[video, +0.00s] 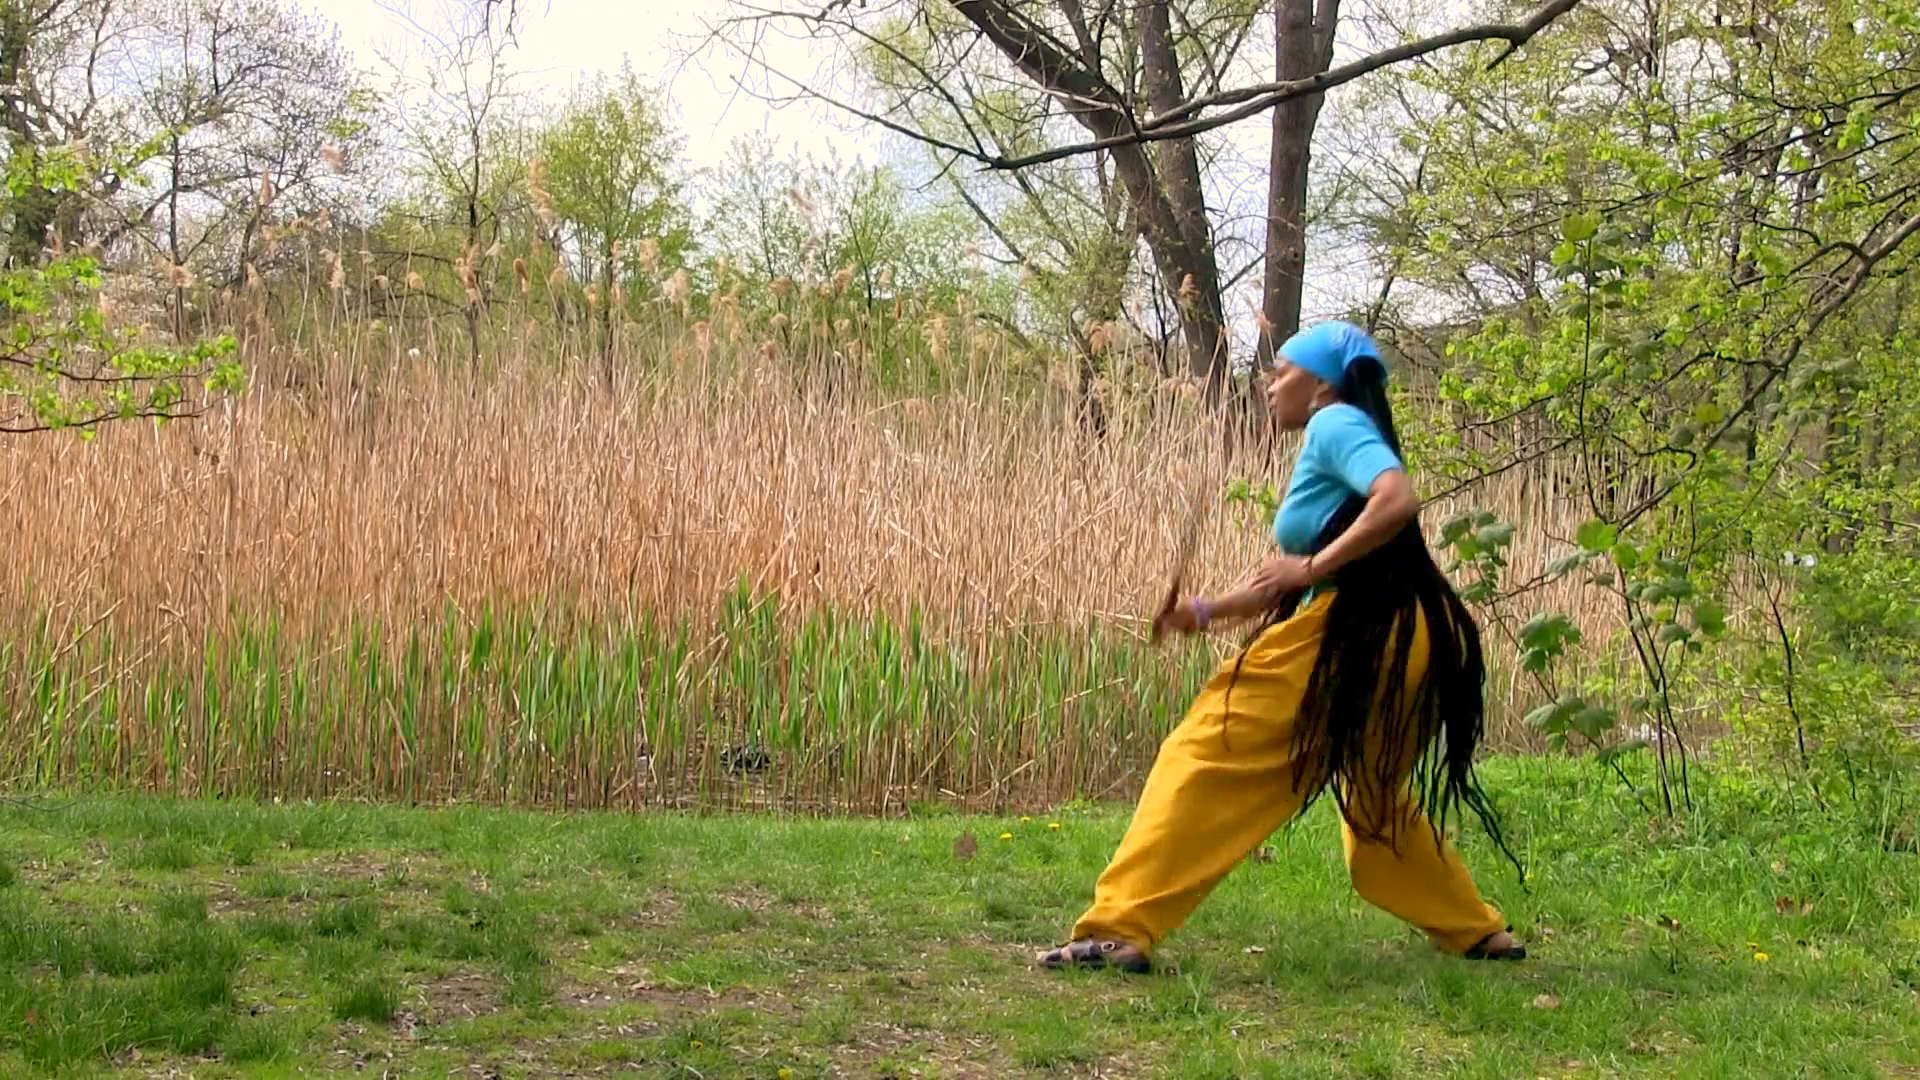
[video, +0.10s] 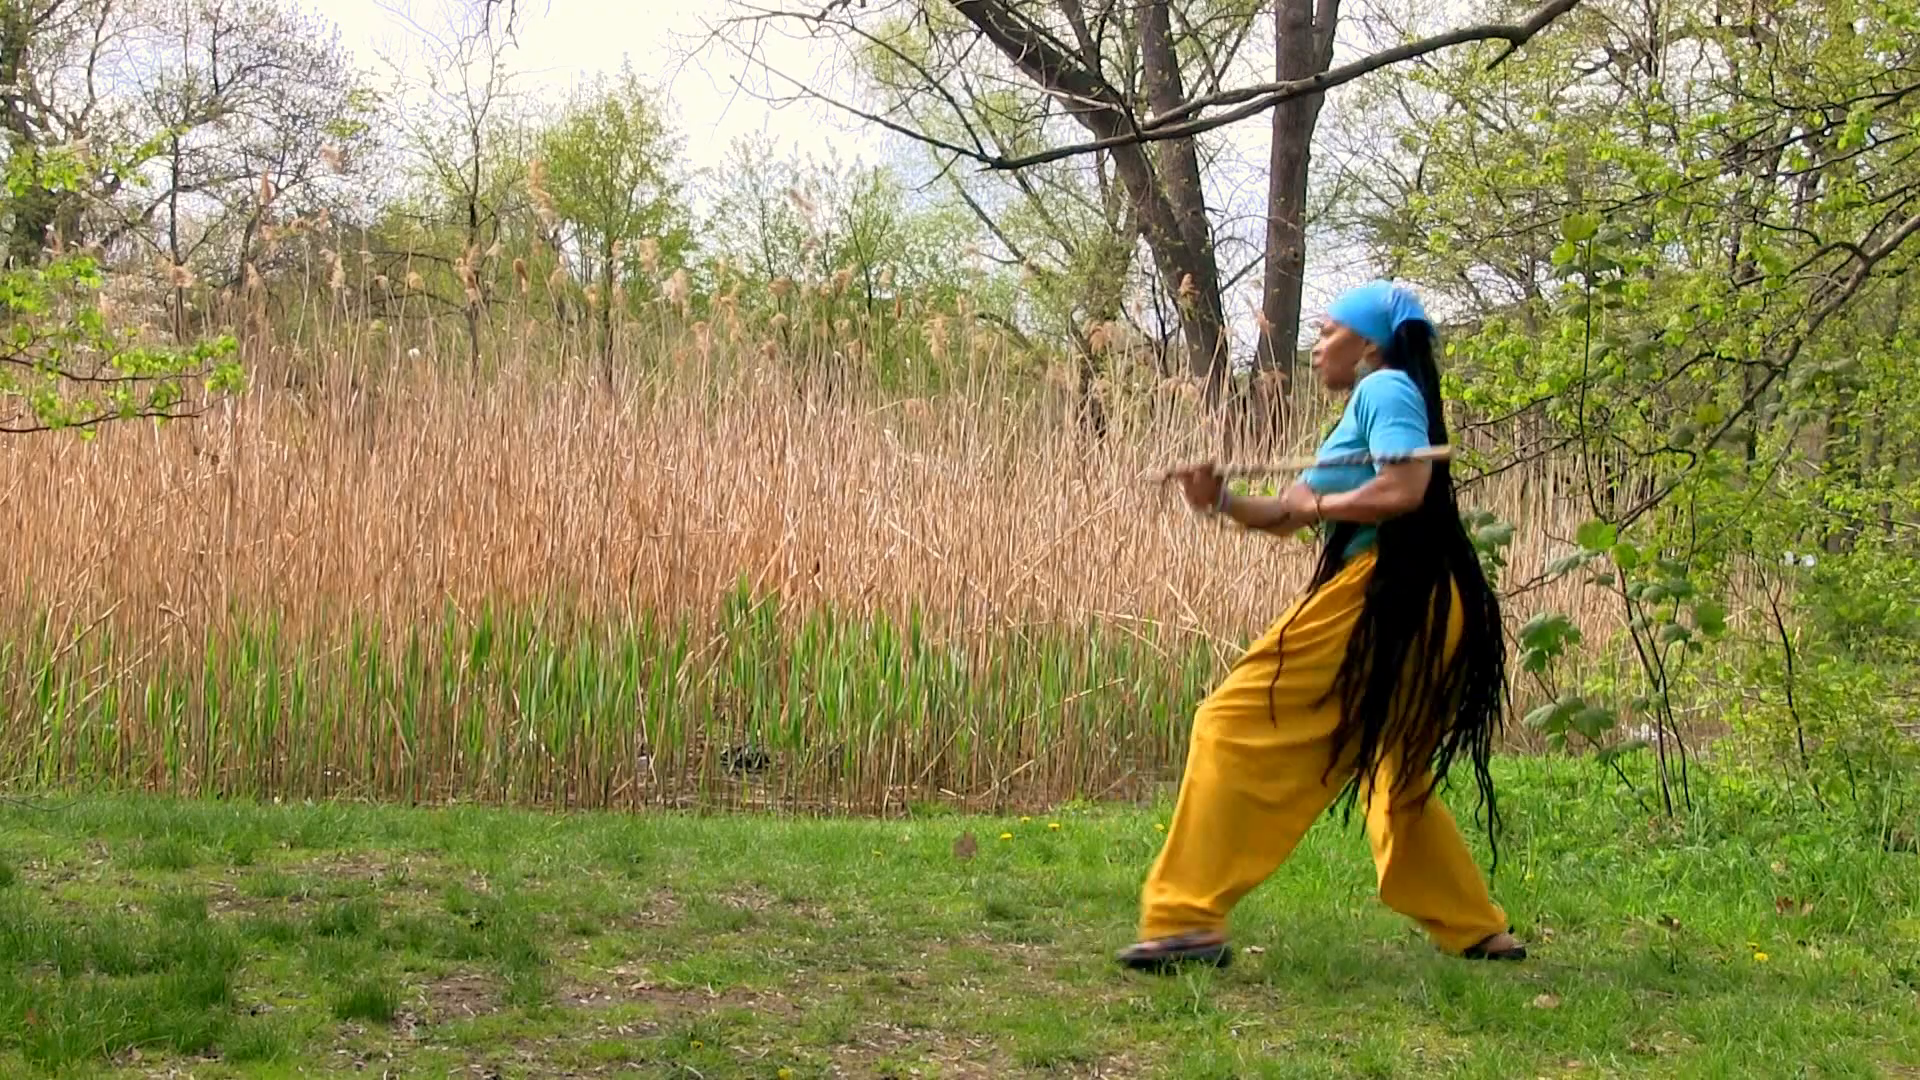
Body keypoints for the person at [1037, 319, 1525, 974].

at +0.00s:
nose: (1271, 384)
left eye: (1282, 372)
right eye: (1275, 371)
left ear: (1320, 383)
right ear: (1324, 384)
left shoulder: (1338, 424)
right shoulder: (1330, 442)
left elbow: (1396, 497)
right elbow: (1294, 577)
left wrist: (1312, 566)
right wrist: (1208, 610)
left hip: (1342, 625)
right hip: (1404, 627)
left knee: (1201, 751)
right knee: (1375, 792)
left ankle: (1118, 930)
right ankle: (1477, 930)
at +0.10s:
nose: (1319, 343)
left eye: (1332, 330)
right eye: (1323, 330)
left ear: (1370, 343)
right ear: (1369, 345)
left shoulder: (1387, 388)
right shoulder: (1362, 414)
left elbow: (1404, 488)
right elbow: (1289, 510)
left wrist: (1319, 506)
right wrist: (1222, 503)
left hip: (1381, 586)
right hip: (1428, 594)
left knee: (1227, 719)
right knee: (1394, 764)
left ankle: (1185, 922)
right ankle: (1477, 930)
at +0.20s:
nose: (1362, 320)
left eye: (1374, 309)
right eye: (1367, 308)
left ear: (1412, 321)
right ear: (1413, 323)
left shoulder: (1417, 375)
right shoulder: (1398, 382)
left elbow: (1329, 458)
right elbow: (1287, 428)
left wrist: (1305, 414)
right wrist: (1216, 411)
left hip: (1397, 569)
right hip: (1448, 579)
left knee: (1259, 729)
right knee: (1408, 764)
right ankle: (1480, 933)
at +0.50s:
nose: (1384, 306)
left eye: (1397, 295)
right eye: (1390, 294)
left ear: (1432, 306)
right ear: (1447, 313)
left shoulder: (1412, 345)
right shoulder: (1440, 375)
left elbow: (1304, 404)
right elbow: (1327, 464)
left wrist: (1349, 381)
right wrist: (1247, 435)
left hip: (1401, 557)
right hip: (1462, 566)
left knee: (1259, 715)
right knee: (1422, 766)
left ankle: (1360, 873)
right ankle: (1484, 934)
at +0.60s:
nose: (1356, 305)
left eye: (1368, 295)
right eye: (1361, 295)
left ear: (1401, 308)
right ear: (1418, 316)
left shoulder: (1379, 343)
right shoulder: (1433, 373)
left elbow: (1256, 367)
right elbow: (1369, 507)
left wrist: (1290, 330)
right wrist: (1265, 542)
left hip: (1394, 544)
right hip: (1462, 559)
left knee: (1241, 708)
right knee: (1427, 767)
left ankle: (1252, 899)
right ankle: (1485, 934)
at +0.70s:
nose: (1310, 308)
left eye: (1321, 298)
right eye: (1315, 296)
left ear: (1355, 310)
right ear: (1377, 315)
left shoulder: (1329, 351)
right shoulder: (1423, 375)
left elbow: (1200, 349)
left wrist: (1104, 322)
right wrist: (1220, 339)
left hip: (1367, 547)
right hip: (1443, 558)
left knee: (1240, 718)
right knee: (1429, 759)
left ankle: (1158, 907)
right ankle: (1481, 932)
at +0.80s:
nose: (1262, 314)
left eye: (1274, 304)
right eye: (1269, 302)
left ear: (1308, 319)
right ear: (1343, 322)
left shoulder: (1268, 365)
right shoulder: (1385, 385)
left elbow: (1137, 388)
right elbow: (1428, 484)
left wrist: (1028, 393)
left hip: (1317, 558)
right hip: (1403, 562)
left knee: (1196, 728)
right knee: (1422, 757)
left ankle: (1140, 914)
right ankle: (1479, 930)